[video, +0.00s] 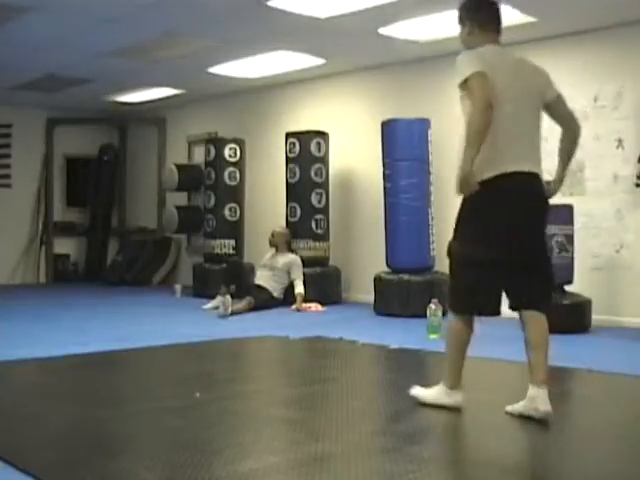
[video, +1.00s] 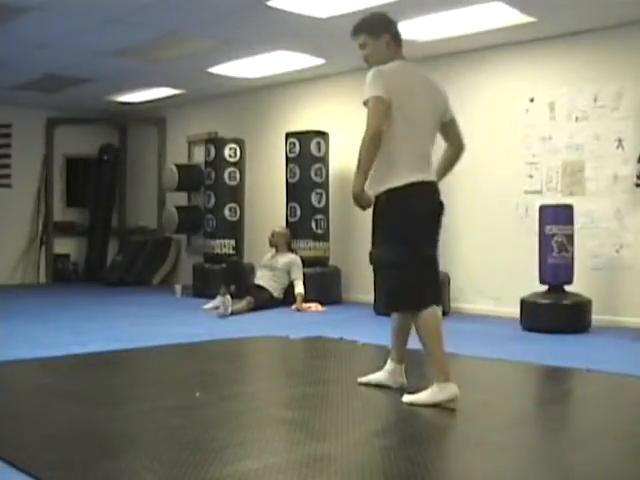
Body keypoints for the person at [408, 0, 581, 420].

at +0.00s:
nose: (460, 36)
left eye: (461, 29)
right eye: (461, 29)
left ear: (469, 28)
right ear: (499, 27)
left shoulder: (472, 60)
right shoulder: (531, 70)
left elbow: (482, 105)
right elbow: (571, 126)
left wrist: (465, 168)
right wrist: (558, 177)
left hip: (488, 193)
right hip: (530, 193)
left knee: (463, 293)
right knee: (531, 294)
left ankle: (449, 387)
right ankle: (539, 392)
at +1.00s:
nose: (362, 55)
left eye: (365, 47)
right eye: (360, 48)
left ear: (389, 41)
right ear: (394, 46)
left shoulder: (381, 76)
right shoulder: (429, 83)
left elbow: (375, 129)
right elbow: (456, 145)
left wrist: (358, 183)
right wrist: (431, 180)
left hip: (397, 197)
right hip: (425, 196)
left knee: (419, 291)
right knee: (402, 288)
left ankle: (443, 382)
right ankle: (395, 368)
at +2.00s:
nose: (329, 65)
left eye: (338, 62)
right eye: (326, 56)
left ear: (345, 66)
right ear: (315, 51)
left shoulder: (349, 101)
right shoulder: (284, 87)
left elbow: (370, 151)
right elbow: (263, 113)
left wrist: (386, 193)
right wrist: (275, 106)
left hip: (333, 209)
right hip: (288, 207)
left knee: (345, 292)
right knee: (271, 288)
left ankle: (348, 371)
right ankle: (263, 358)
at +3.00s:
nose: (259, 97)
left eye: (260, 87)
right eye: (251, 93)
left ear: (273, 78)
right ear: (247, 95)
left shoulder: (313, 106)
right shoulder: (252, 123)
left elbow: (351, 150)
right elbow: (236, 171)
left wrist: (331, 191)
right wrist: (245, 206)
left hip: (314, 219)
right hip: (268, 223)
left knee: (341, 289)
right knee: (240, 288)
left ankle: (349, 368)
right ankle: (259, 358)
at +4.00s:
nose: (247, 161)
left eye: (246, 151)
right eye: (238, 161)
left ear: (254, 138)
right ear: (234, 164)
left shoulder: (297, 163)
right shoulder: (244, 179)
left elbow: (304, 229)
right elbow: (253, 236)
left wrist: (303, 285)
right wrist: (256, 291)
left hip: (325, 233)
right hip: (283, 236)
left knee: (345, 284)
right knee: (230, 289)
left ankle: (360, 360)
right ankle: (258, 358)